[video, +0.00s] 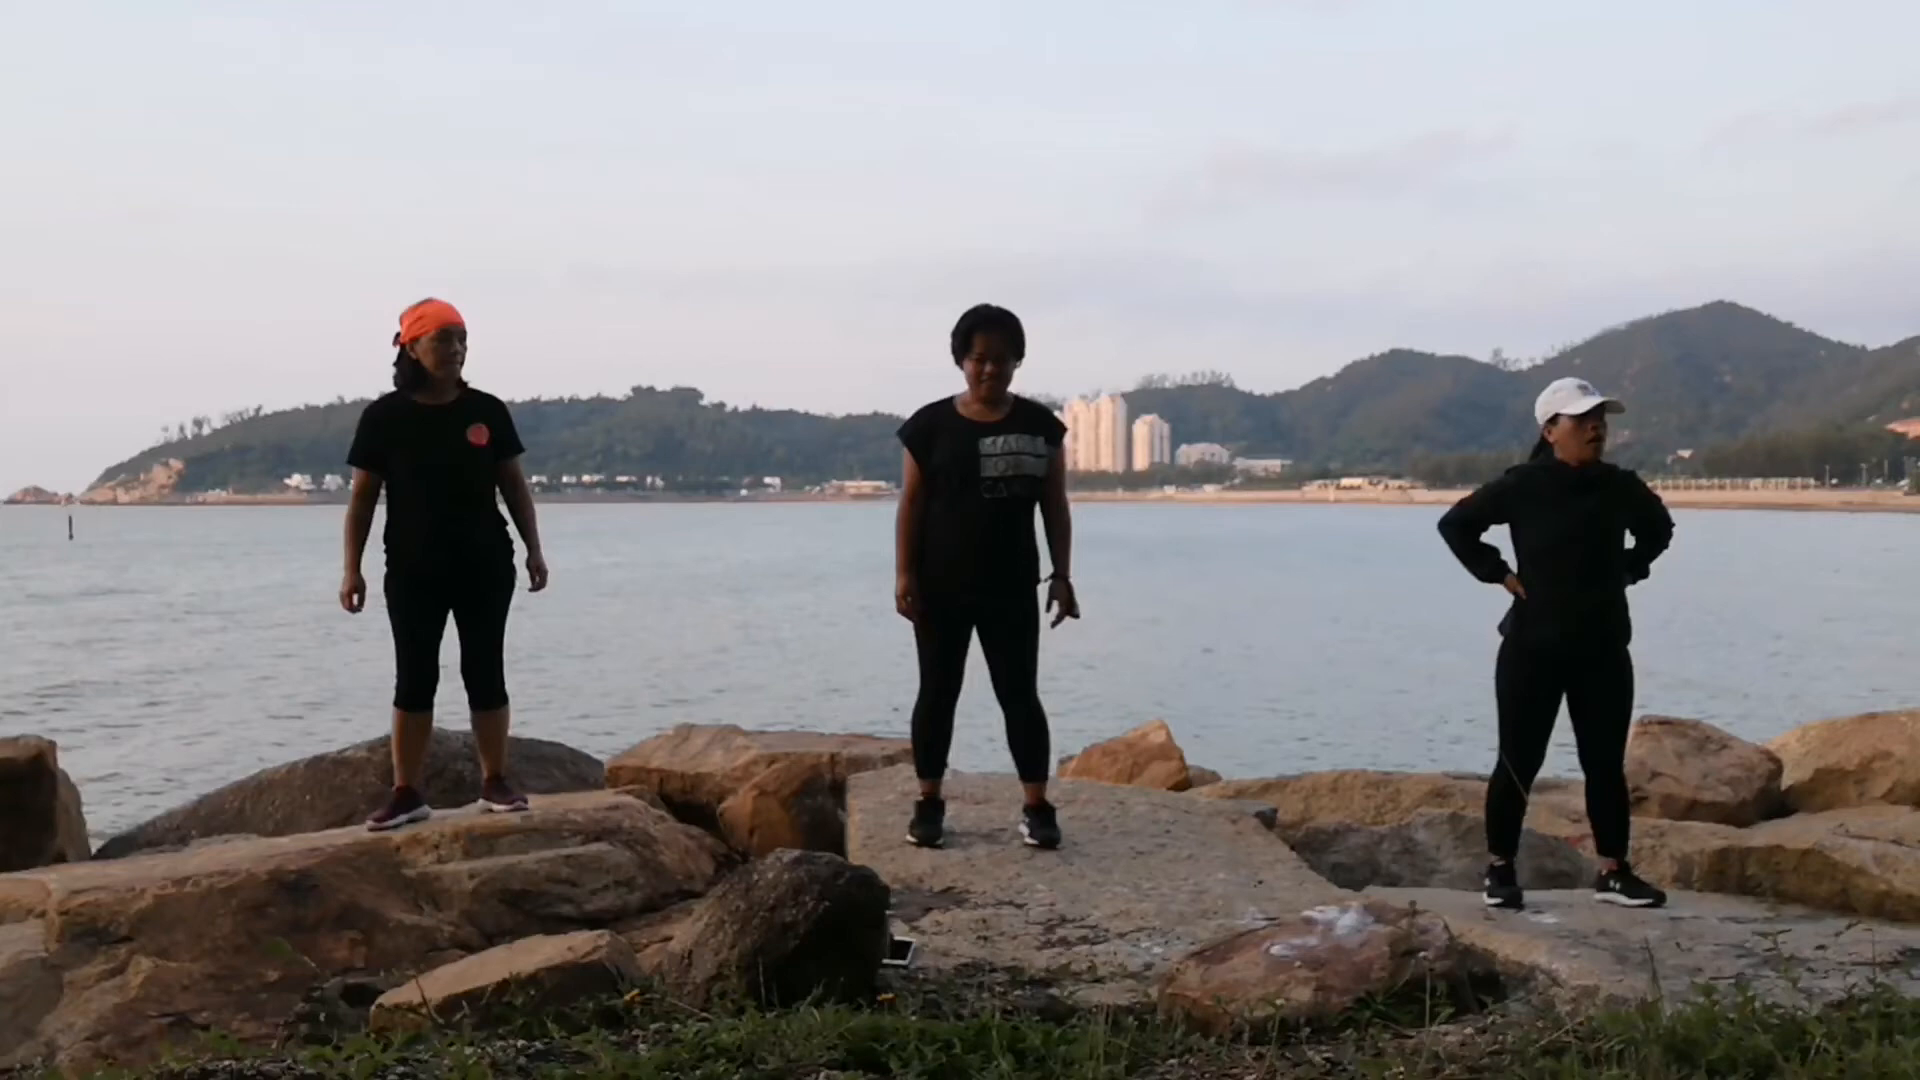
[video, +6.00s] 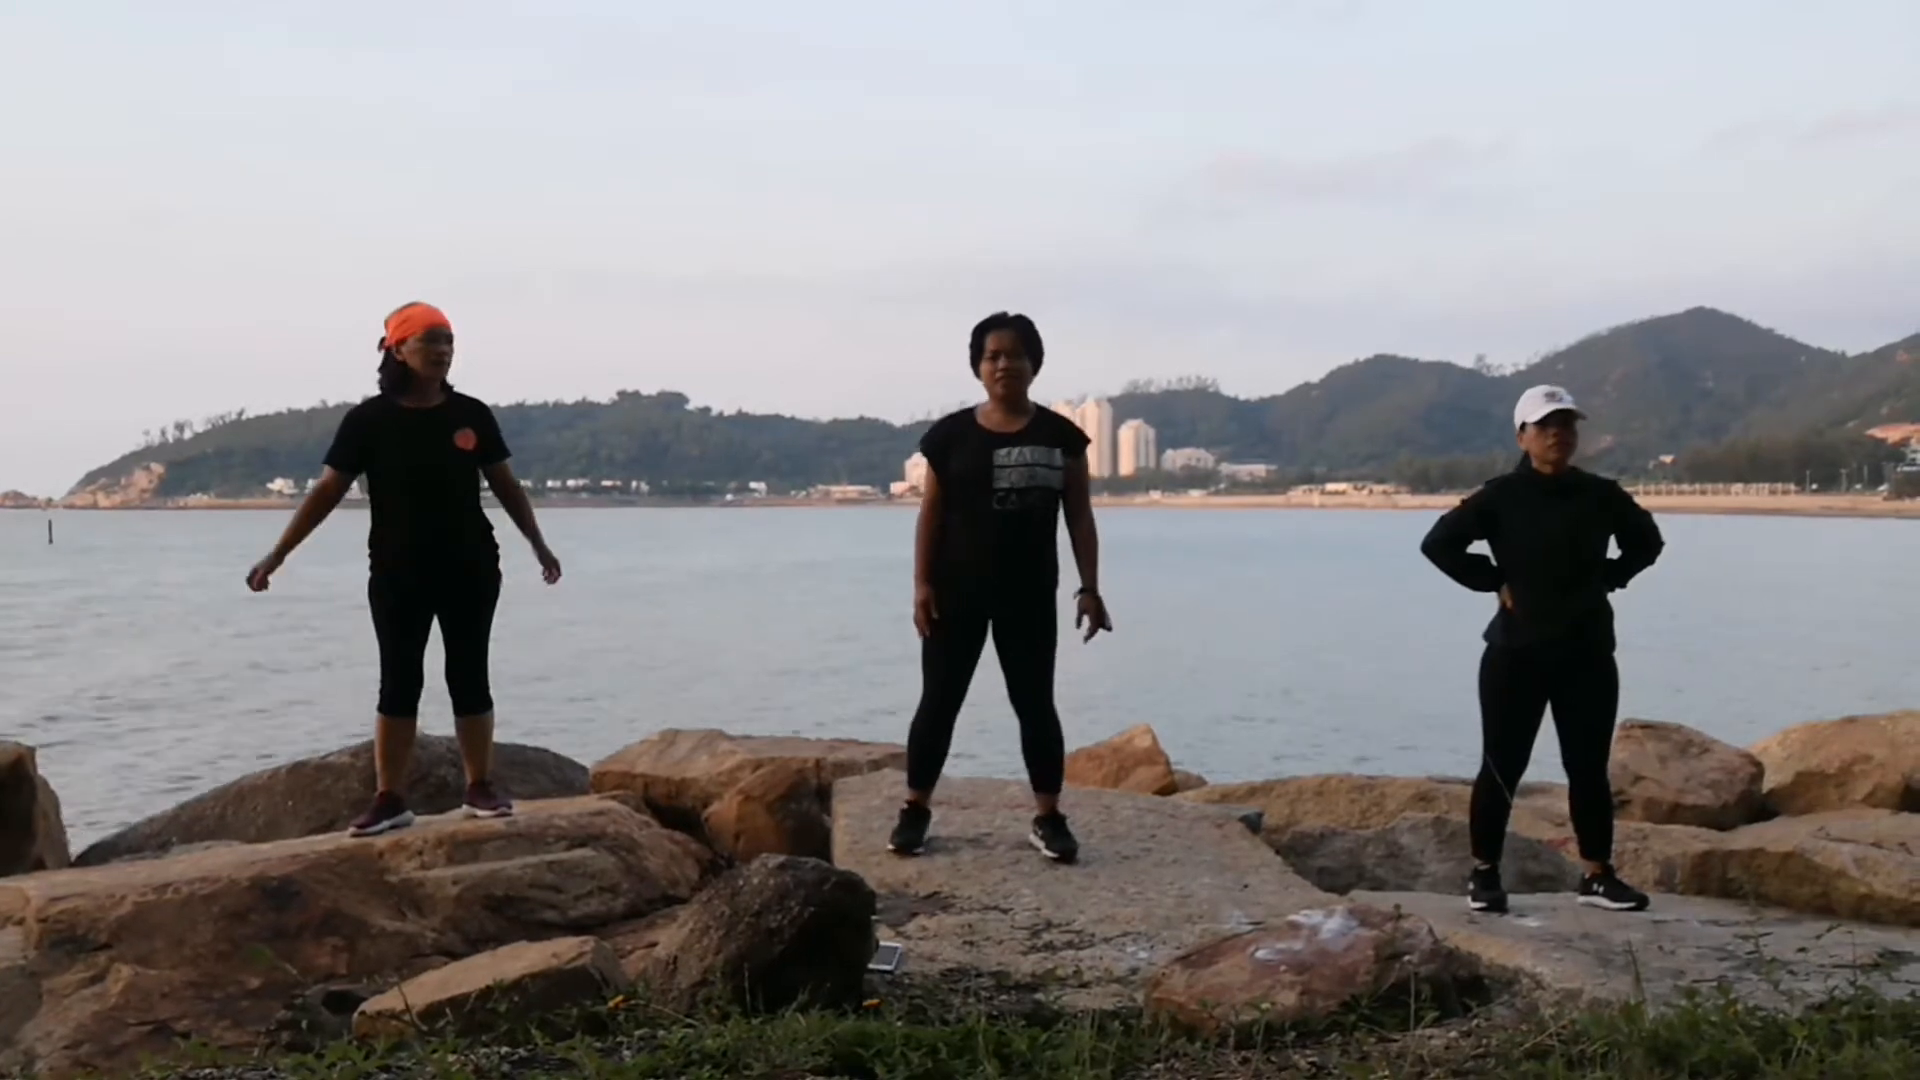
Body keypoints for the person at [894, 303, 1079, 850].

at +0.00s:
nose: (989, 369)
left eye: (1001, 359)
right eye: (979, 358)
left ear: (1016, 363)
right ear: (961, 360)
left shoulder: (1041, 426)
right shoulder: (928, 425)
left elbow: (1055, 505)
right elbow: (910, 503)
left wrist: (1061, 575)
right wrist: (904, 574)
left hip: (1011, 585)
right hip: (942, 586)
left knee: (1020, 697)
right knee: (936, 694)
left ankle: (1038, 804)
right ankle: (929, 800)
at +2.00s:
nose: (1017, 362)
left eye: (1027, 352)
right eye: (1006, 353)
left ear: (1045, 357)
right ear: (989, 363)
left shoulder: (1077, 428)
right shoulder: (964, 434)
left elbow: (1094, 509)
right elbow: (949, 517)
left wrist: (1089, 571)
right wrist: (942, 585)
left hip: (1052, 588)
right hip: (981, 588)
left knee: (1054, 703)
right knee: (963, 697)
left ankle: (1061, 813)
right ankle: (930, 803)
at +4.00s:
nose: (1038, 359)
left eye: (1047, 351)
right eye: (1025, 352)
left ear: (1061, 364)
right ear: (1004, 365)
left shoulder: (1095, 433)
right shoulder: (980, 440)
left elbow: (1110, 515)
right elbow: (966, 524)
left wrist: (1106, 581)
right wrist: (966, 593)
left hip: (1071, 593)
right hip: (1001, 594)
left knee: (1066, 707)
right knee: (963, 701)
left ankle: (1060, 816)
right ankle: (918, 802)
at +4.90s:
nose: (980, 367)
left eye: (991, 358)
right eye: (968, 356)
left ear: (1002, 368)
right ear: (945, 364)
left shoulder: (1024, 438)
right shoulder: (913, 437)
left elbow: (1033, 519)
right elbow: (891, 518)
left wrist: (1036, 589)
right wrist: (884, 588)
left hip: (992, 597)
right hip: (924, 597)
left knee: (1020, 709)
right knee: (925, 709)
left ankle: (1051, 815)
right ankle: (919, 812)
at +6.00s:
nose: (1002, 367)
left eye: (1014, 357)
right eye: (992, 358)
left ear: (1034, 365)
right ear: (978, 367)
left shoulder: (1062, 437)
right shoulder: (948, 437)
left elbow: (1079, 517)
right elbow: (929, 517)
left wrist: (1089, 586)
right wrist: (922, 585)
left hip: (1029, 595)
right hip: (958, 594)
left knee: (1036, 707)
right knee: (938, 703)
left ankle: (1049, 815)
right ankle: (915, 810)